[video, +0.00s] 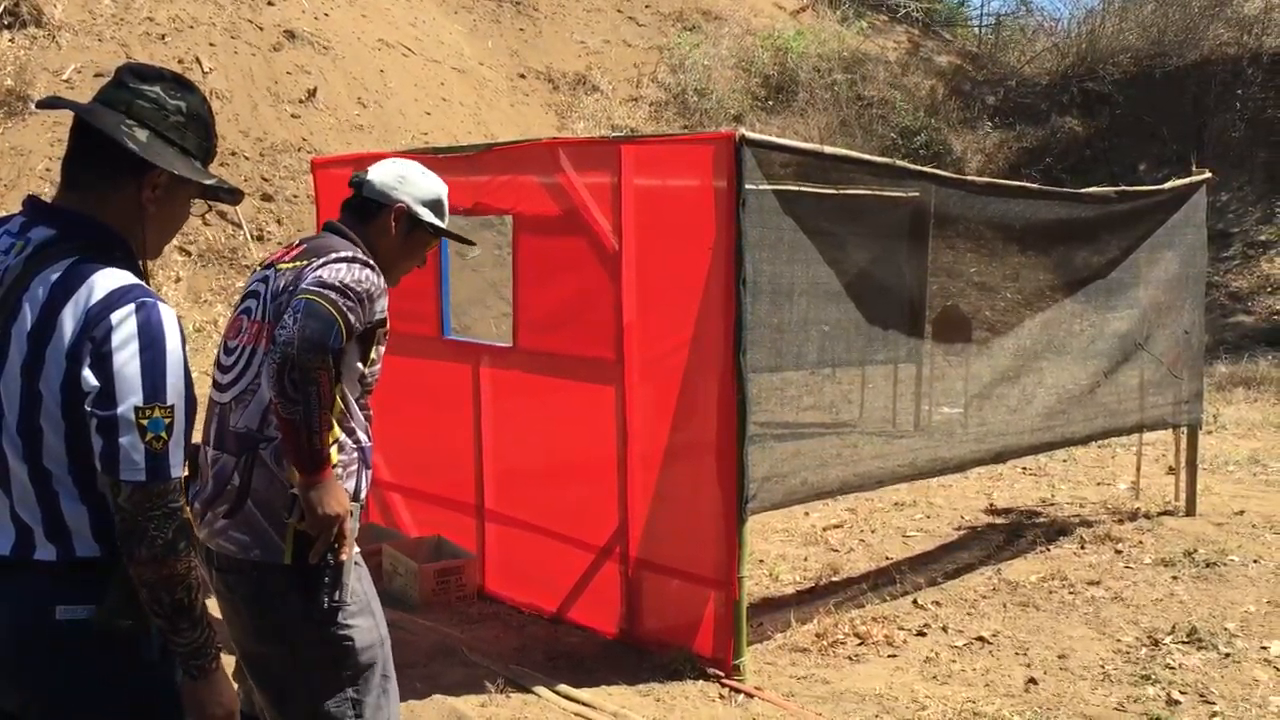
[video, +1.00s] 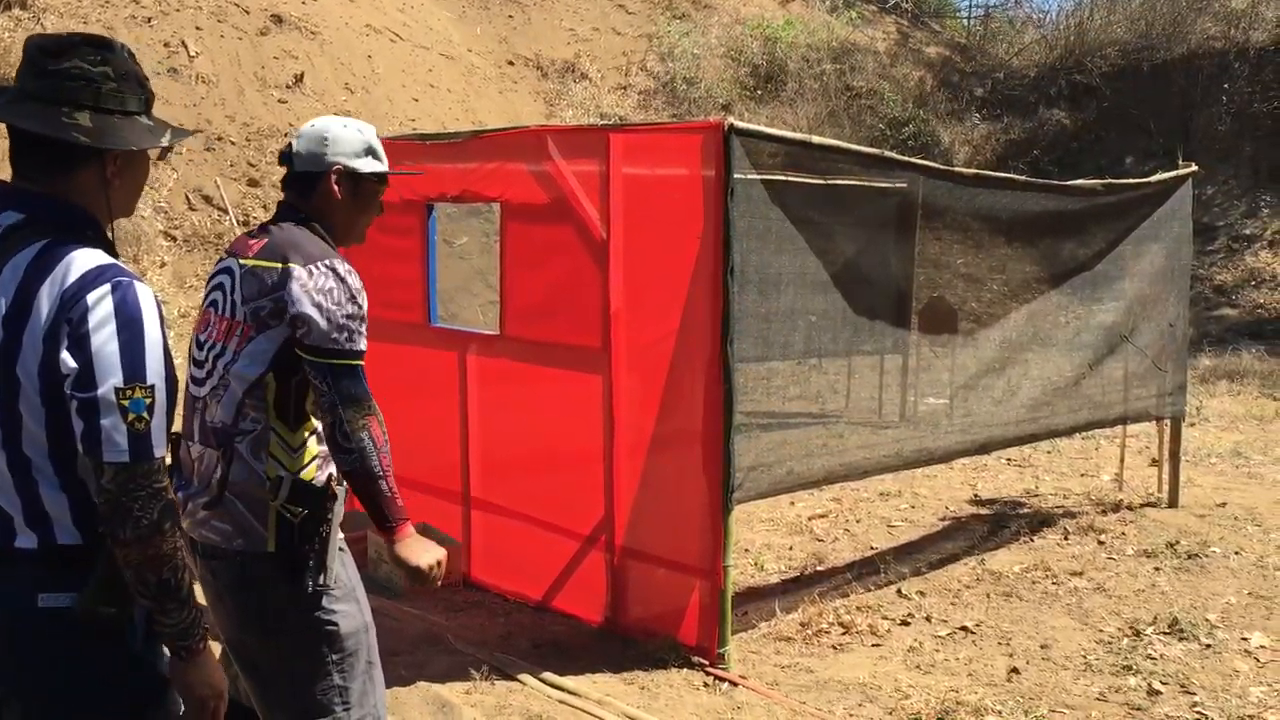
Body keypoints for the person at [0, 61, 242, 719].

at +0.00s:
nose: (189, 217)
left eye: (195, 198)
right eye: (191, 195)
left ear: (77, 158)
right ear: (152, 187)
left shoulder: (9, 244)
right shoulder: (129, 317)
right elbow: (155, 534)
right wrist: (204, 668)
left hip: (11, 588)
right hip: (91, 623)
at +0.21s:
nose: (185, 214)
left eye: (192, 195)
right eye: (188, 193)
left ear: (73, 157)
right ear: (149, 186)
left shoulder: (7, 244)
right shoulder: (127, 315)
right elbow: (151, 525)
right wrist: (200, 663)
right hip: (89, 622)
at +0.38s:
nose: (181, 209)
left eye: (187, 190)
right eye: (184, 189)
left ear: (69, 154)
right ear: (146, 183)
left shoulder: (10, 241)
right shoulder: (125, 314)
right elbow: (145, 523)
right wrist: (196, 659)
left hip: (12, 585)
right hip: (84, 617)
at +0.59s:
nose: (175, 201)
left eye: (180, 183)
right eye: (177, 182)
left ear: (62, 150)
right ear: (138, 179)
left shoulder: (8, 239)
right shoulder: (121, 310)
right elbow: (139, 523)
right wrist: (189, 657)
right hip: (78, 617)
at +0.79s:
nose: (169, 186)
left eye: (172, 167)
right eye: (168, 167)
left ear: (48, 148)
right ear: (129, 173)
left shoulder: (6, 238)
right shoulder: (114, 305)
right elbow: (134, 517)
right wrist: (186, 652)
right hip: (75, 617)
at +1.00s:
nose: (150, 164)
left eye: (149, 148)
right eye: (145, 149)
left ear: (24, 145)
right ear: (113, 161)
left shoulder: (6, 248)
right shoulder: (106, 299)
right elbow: (137, 509)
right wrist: (193, 643)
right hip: (75, 612)